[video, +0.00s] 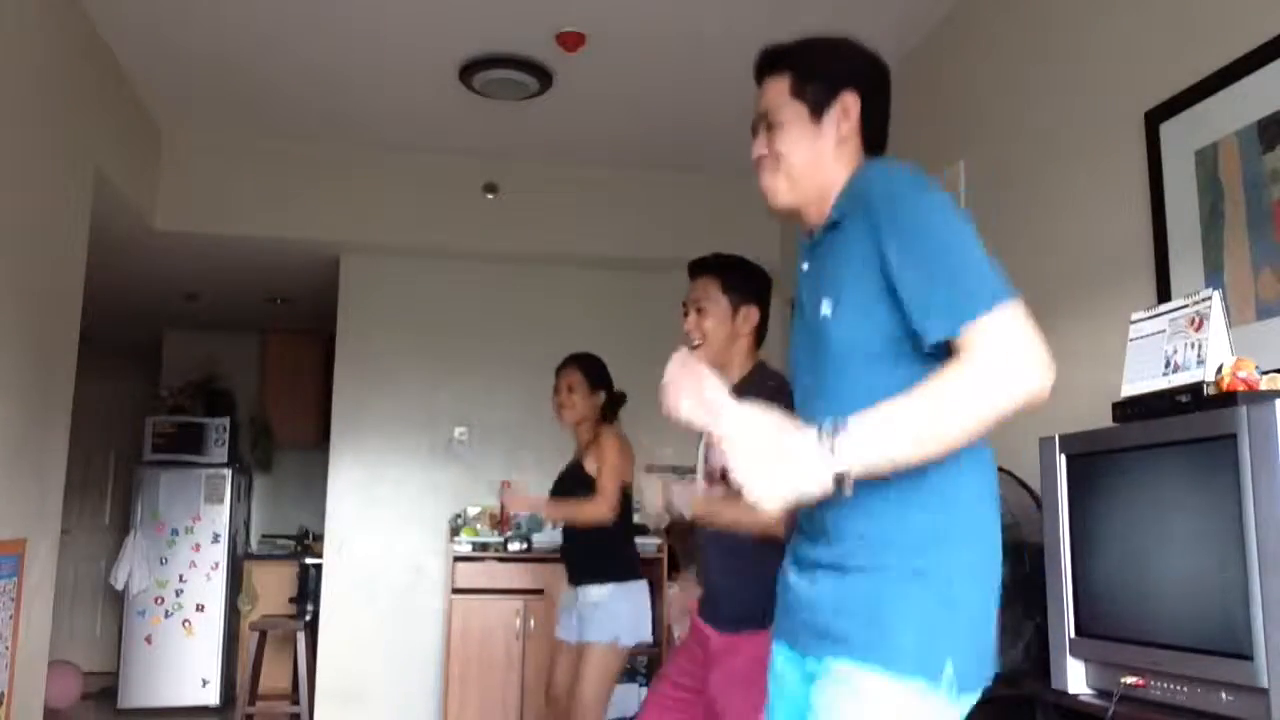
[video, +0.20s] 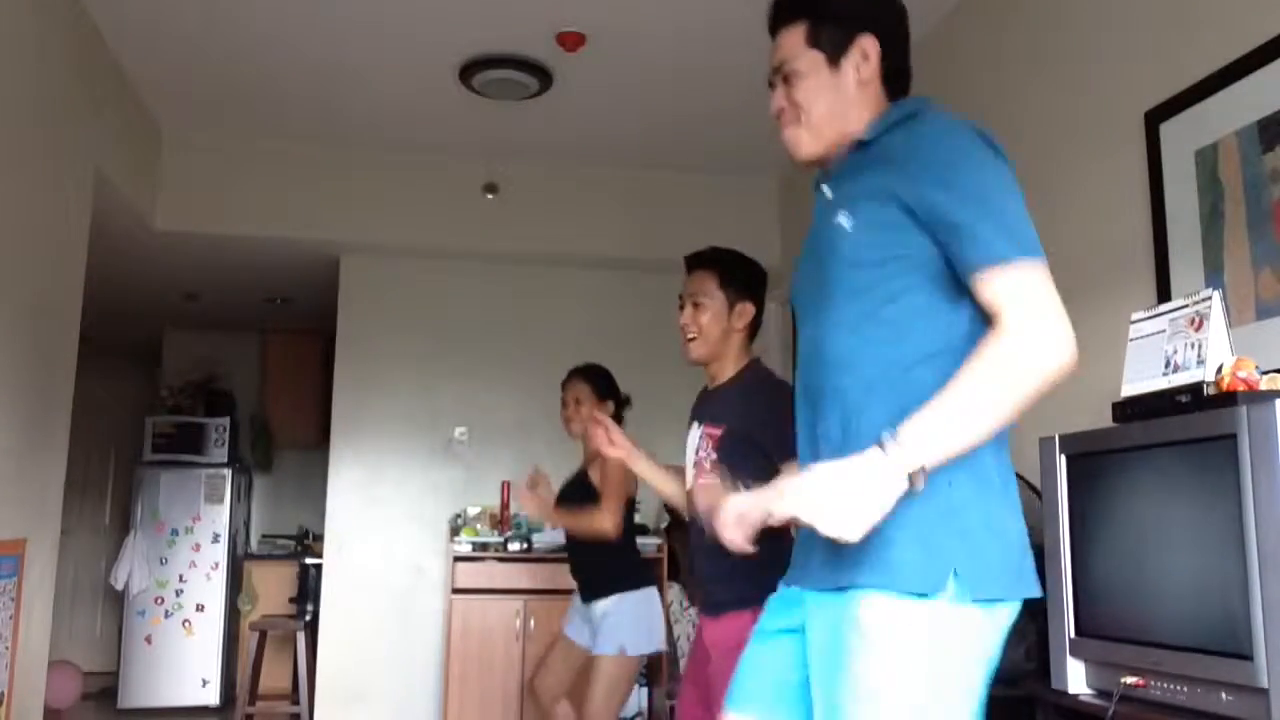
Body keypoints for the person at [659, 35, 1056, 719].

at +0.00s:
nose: (756, 148)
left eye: (772, 123)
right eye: (756, 129)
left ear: (843, 119)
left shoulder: (891, 195)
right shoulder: (816, 252)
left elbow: (1016, 360)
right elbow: (837, 433)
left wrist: (825, 453)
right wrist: (736, 426)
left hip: (898, 637)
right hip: (811, 623)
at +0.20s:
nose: (775, 103)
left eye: (788, 75)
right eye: (773, 84)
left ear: (861, 60)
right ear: (855, 65)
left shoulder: (932, 147)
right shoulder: (838, 198)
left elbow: (1041, 335)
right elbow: (863, 410)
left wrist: (888, 467)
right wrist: (776, 496)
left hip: (924, 580)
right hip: (819, 578)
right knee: (748, 709)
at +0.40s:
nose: (779, 133)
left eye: (793, 107)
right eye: (779, 115)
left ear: (869, 97)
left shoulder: (934, 209)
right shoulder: (829, 266)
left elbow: (1033, 407)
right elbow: (849, 446)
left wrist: (815, 405)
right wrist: (751, 413)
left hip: (932, 654)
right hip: (827, 633)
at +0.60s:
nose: (775, 81)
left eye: (791, 55)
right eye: (776, 65)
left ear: (866, 41)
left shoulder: (919, 120)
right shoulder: (829, 176)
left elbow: (992, 320)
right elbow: (844, 392)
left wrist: (840, 476)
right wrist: (768, 499)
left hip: (897, 569)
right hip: (803, 564)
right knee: (795, 710)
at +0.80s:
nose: (748, 129)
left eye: (766, 103)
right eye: (752, 108)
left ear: (838, 101)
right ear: (833, 105)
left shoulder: (880, 188)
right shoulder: (816, 236)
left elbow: (1015, 337)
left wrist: (826, 447)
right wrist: (745, 433)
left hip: (877, 646)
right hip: (810, 631)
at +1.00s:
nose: (760, 74)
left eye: (772, 47)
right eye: (759, 55)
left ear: (847, 35)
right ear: (840, 39)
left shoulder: (902, 119)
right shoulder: (812, 178)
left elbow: (1011, 299)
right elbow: (861, 398)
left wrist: (870, 462)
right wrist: (762, 466)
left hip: (915, 579)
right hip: (815, 575)